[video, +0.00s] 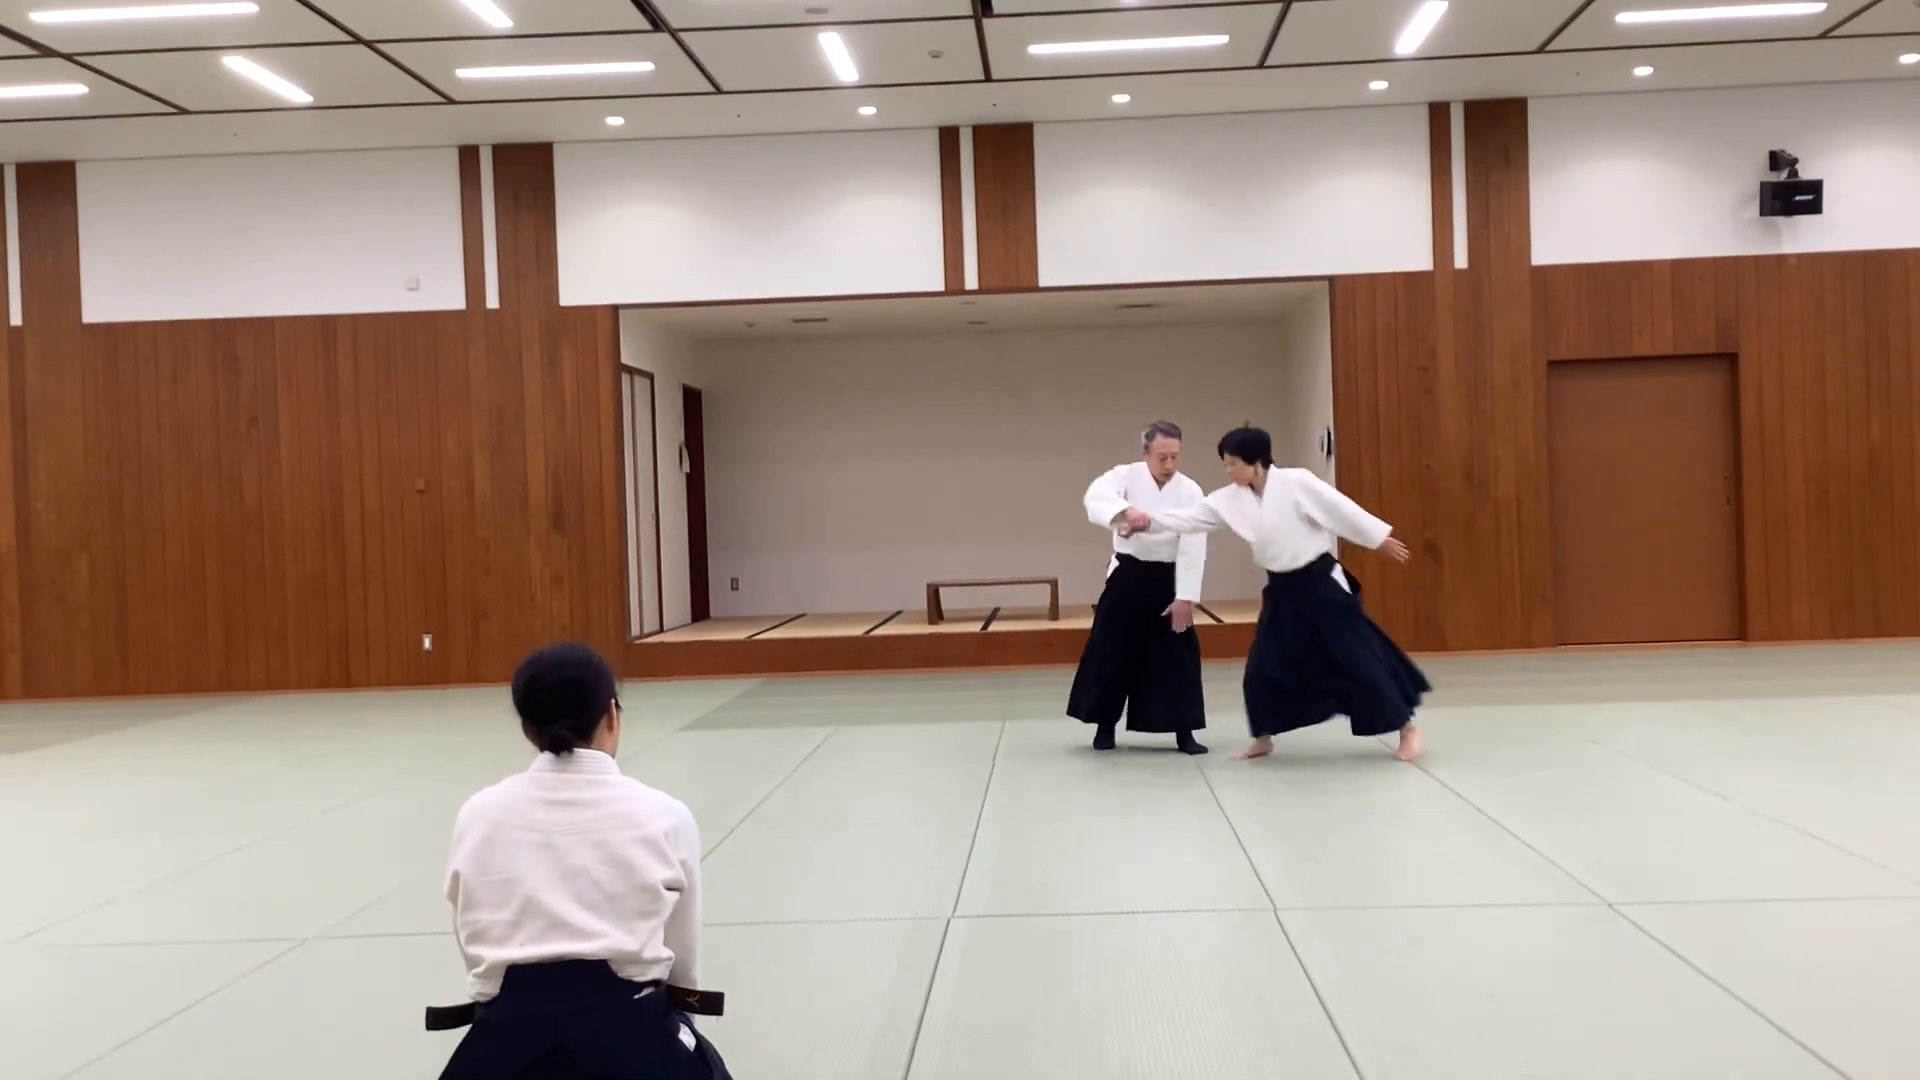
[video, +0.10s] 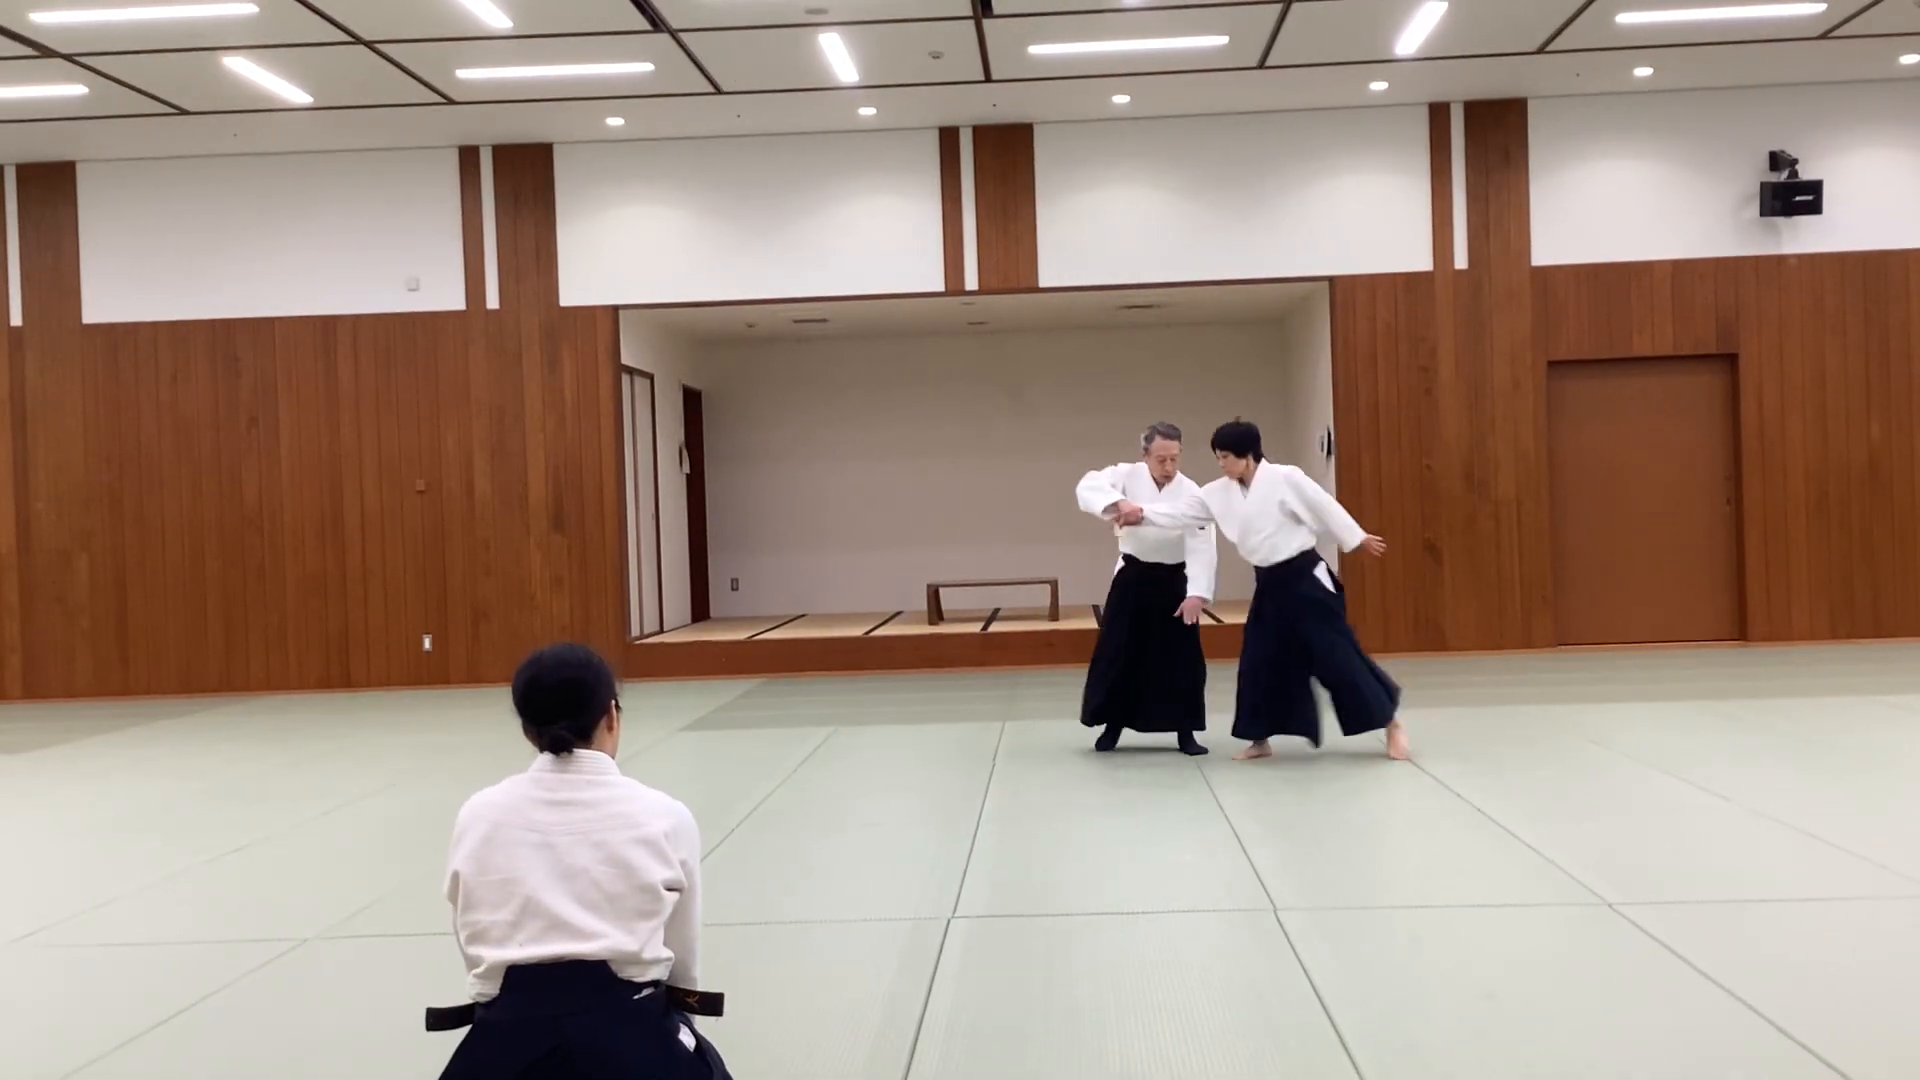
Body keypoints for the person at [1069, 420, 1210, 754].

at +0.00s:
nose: (1168, 464)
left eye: (1174, 457)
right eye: (1161, 457)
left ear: (1180, 456)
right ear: (1145, 454)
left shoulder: (1190, 492)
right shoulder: (1125, 475)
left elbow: (1193, 548)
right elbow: (1095, 497)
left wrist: (1186, 598)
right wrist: (1121, 514)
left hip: (1170, 577)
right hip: (1128, 576)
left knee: (1180, 656)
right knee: (1114, 652)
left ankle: (1185, 732)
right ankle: (1105, 726)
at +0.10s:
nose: (1168, 466)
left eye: (1174, 459)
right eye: (1161, 460)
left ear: (1180, 456)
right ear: (1146, 456)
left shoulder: (1191, 494)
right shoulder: (1127, 475)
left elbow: (1202, 547)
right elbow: (1087, 485)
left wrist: (1197, 594)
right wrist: (1117, 505)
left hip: (1174, 579)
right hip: (1133, 578)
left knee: (1183, 657)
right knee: (1121, 653)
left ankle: (1186, 733)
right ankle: (1113, 727)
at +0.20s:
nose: (1159, 470)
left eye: (1165, 462)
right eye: (1152, 463)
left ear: (1175, 457)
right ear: (1139, 459)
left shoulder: (1188, 490)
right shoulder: (1125, 474)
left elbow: (1206, 538)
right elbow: (1083, 477)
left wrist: (1210, 582)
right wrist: (1113, 492)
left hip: (1177, 580)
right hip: (1136, 578)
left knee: (1184, 657)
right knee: (1123, 655)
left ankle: (1188, 733)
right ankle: (1117, 734)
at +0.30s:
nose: (1149, 476)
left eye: (1155, 467)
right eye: (1141, 468)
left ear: (1166, 462)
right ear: (1130, 465)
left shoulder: (1185, 490)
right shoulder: (1120, 484)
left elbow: (1209, 527)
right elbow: (1080, 486)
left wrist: (1230, 561)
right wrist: (1107, 492)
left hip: (1184, 585)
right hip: (1141, 585)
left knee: (1189, 660)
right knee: (1124, 660)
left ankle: (1192, 730)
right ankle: (1115, 738)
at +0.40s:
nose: (1149, 480)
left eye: (1154, 472)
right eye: (1141, 474)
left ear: (1167, 466)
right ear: (1133, 472)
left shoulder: (1190, 492)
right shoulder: (1126, 492)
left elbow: (1227, 518)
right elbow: (1088, 506)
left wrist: (1259, 551)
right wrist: (1118, 508)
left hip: (1193, 590)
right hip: (1148, 589)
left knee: (1208, 663)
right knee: (1129, 662)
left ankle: (1208, 738)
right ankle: (1117, 738)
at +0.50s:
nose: (1167, 486)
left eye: (1172, 478)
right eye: (1159, 480)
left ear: (1185, 472)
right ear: (1150, 478)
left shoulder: (1207, 497)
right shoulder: (1141, 499)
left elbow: (1247, 523)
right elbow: (1107, 519)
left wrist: (1275, 559)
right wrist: (1136, 529)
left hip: (1205, 594)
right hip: (1159, 593)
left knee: (1223, 662)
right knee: (1138, 663)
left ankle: (1237, 733)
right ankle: (1131, 737)